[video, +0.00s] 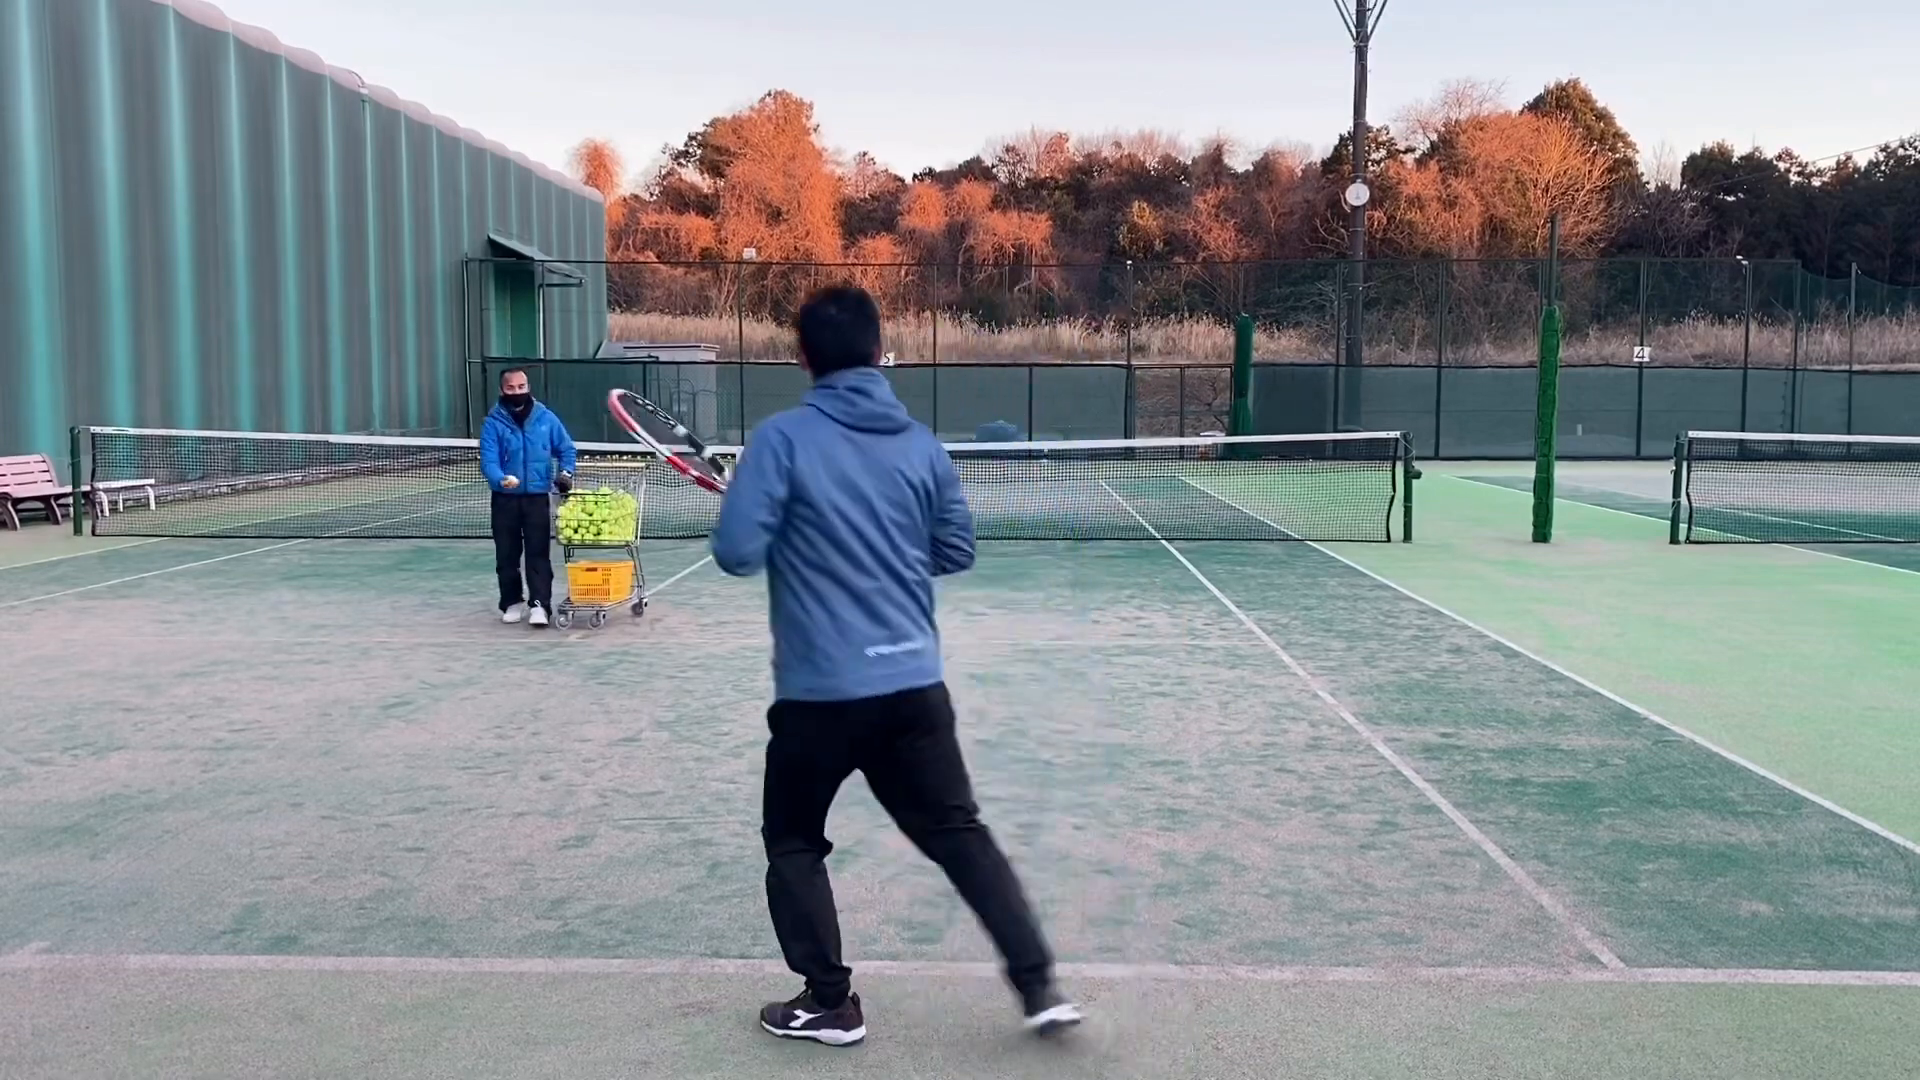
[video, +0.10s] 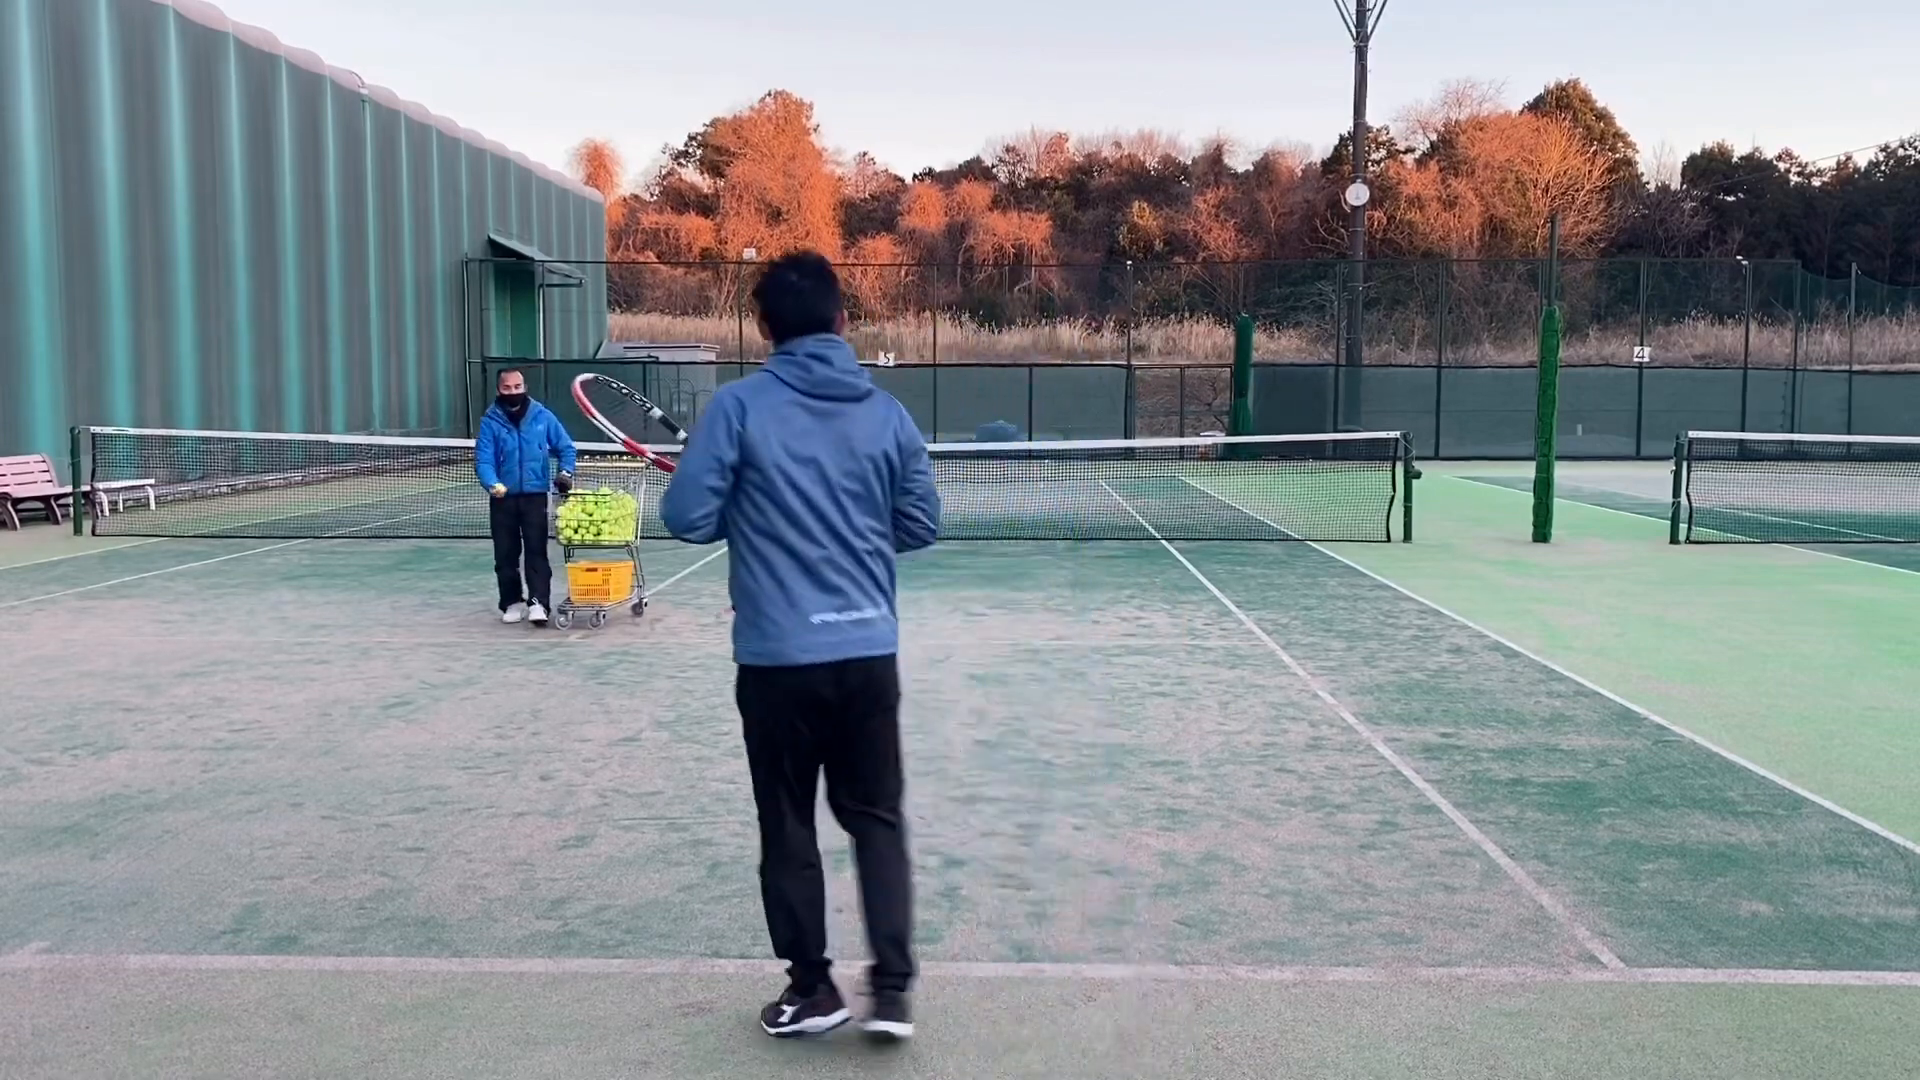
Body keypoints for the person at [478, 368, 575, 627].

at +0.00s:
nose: (517, 392)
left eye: (521, 387)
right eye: (511, 387)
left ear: (528, 387)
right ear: (502, 390)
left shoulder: (546, 418)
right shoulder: (493, 421)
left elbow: (567, 451)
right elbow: (488, 459)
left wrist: (565, 472)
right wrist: (500, 479)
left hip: (537, 497)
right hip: (505, 497)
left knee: (538, 552)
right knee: (506, 554)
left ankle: (539, 605)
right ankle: (512, 604)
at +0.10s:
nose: (513, 392)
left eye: (517, 387)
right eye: (507, 387)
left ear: (525, 387)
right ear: (499, 390)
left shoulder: (542, 416)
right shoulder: (490, 420)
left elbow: (566, 448)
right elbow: (483, 458)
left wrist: (565, 472)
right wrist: (493, 483)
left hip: (535, 495)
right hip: (503, 496)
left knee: (536, 550)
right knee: (505, 553)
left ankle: (538, 603)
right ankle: (512, 604)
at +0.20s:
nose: (509, 392)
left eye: (513, 386)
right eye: (503, 387)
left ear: (522, 387)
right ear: (496, 389)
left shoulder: (540, 415)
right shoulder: (488, 421)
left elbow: (565, 447)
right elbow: (481, 459)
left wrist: (565, 473)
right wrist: (485, 491)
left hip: (534, 494)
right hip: (502, 495)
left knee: (534, 550)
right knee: (505, 553)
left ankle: (536, 603)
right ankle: (512, 604)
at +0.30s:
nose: (505, 393)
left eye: (509, 387)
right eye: (499, 389)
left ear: (517, 386)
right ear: (492, 390)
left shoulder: (535, 413)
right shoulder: (486, 420)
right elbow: (479, 460)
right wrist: (479, 497)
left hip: (532, 492)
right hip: (501, 494)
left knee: (532, 549)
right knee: (505, 551)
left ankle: (536, 603)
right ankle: (511, 603)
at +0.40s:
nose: (500, 394)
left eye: (504, 388)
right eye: (495, 390)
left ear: (513, 388)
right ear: (488, 392)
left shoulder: (531, 411)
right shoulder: (485, 422)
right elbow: (478, 464)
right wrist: (478, 502)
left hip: (533, 492)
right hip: (501, 495)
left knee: (534, 549)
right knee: (505, 553)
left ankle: (535, 602)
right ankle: (511, 604)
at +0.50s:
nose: (497, 396)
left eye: (501, 390)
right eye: (491, 393)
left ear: (510, 389)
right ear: (485, 395)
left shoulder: (533, 416)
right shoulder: (484, 425)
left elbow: (559, 441)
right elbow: (478, 466)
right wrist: (479, 502)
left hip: (536, 492)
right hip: (499, 497)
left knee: (535, 548)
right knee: (504, 550)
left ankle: (535, 601)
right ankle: (509, 602)